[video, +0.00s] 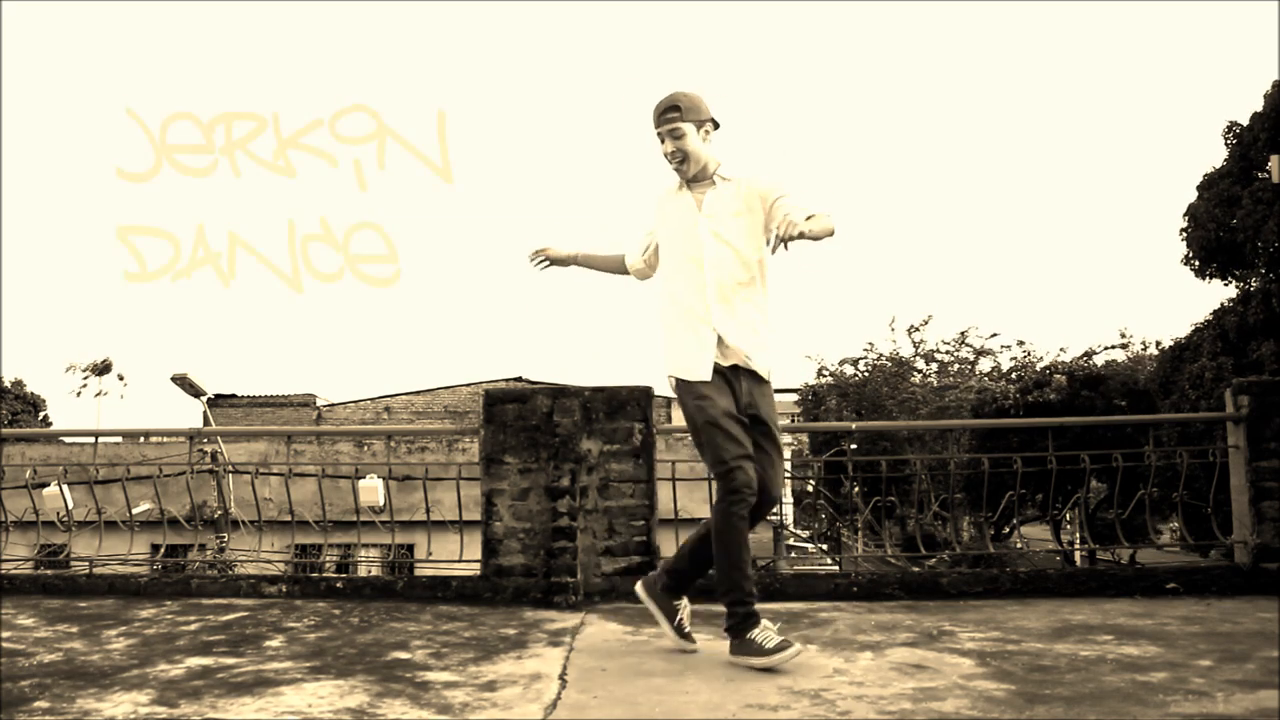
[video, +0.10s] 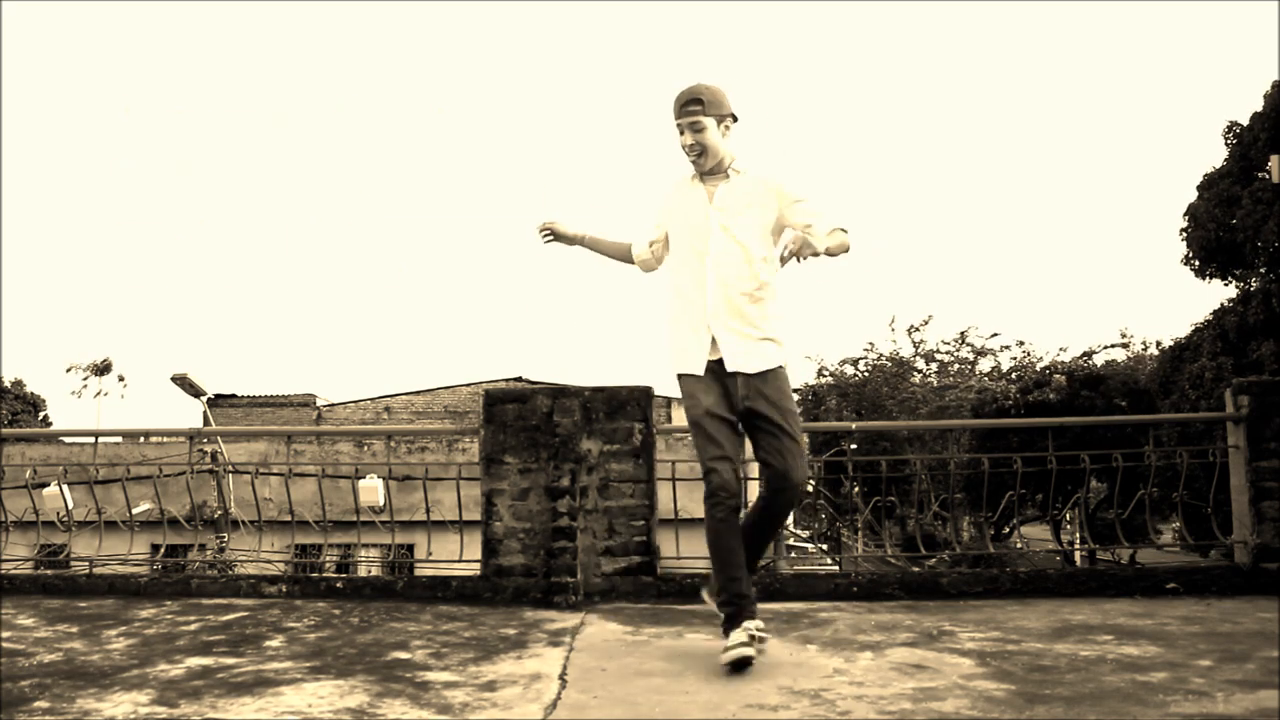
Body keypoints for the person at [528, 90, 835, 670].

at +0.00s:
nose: (669, 149)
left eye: (677, 136)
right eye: (662, 140)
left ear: (708, 132)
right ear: (660, 146)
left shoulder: (755, 194)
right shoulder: (670, 207)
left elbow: (825, 223)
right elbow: (639, 263)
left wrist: (801, 225)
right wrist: (572, 257)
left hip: (751, 364)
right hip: (696, 364)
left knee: (764, 494)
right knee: (738, 483)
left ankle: (664, 585)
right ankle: (743, 627)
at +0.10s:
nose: (688, 140)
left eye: (696, 129)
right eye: (681, 132)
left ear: (727, 127)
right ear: (678, 136)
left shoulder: (768, 192)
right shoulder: (679, 199)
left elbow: (839, 239)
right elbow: (647, 256)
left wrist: (812, 239)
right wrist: (576, 238)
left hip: (759, 354)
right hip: (697, 358)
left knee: (791, 479)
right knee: (722, 484)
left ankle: (729, 575)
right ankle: (739, 622)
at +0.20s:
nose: (719, 139)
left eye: (728, 128)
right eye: (712, 130)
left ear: (756, 130)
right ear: (706, 136)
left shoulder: (790, 201)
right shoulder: (696, 194)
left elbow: (846, 257)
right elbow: (645, 241)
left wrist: (856, 276)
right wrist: (581, 209)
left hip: (772, 369)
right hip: (707, 370)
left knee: (791, 494)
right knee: (688, 479)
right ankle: (722, 619)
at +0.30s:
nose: (734, 134)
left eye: (744, 123)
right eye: (728, 125)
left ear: (772, 126)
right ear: (721, 130)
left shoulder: (798, 202)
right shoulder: (705, 186)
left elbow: (847, 256)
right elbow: (650, 229)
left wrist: (870, 288)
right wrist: (583, 199)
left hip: (774, 364)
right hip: (708, 358)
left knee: (794, 491)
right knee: (678, 455)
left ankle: (799, 609)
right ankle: (705, 583)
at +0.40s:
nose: (745, 130)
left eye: (756, 120)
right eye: (740, 121)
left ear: (783, 125)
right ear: (735, 125)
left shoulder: (804, 201)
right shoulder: (714, 179)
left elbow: (845, 267)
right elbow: (657, 224)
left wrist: (874, 303)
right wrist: (583, 209)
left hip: (771, 362)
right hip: (708, 353)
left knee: (793, 481)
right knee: (688, 462)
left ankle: (762, 618)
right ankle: (674, 577)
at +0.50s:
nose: (764, 136)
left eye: (776, 128)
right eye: (758, 126)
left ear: (799, 135)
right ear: (750, 130)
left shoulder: (811, 216)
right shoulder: (718, 182)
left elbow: (834, 294)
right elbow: (660, 234)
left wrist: (867, 342)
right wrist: (588, 246)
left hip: (761, 363)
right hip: (699, 352)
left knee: (783, 486)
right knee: (679, 462)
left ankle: (759, 620)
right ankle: (655, 579)